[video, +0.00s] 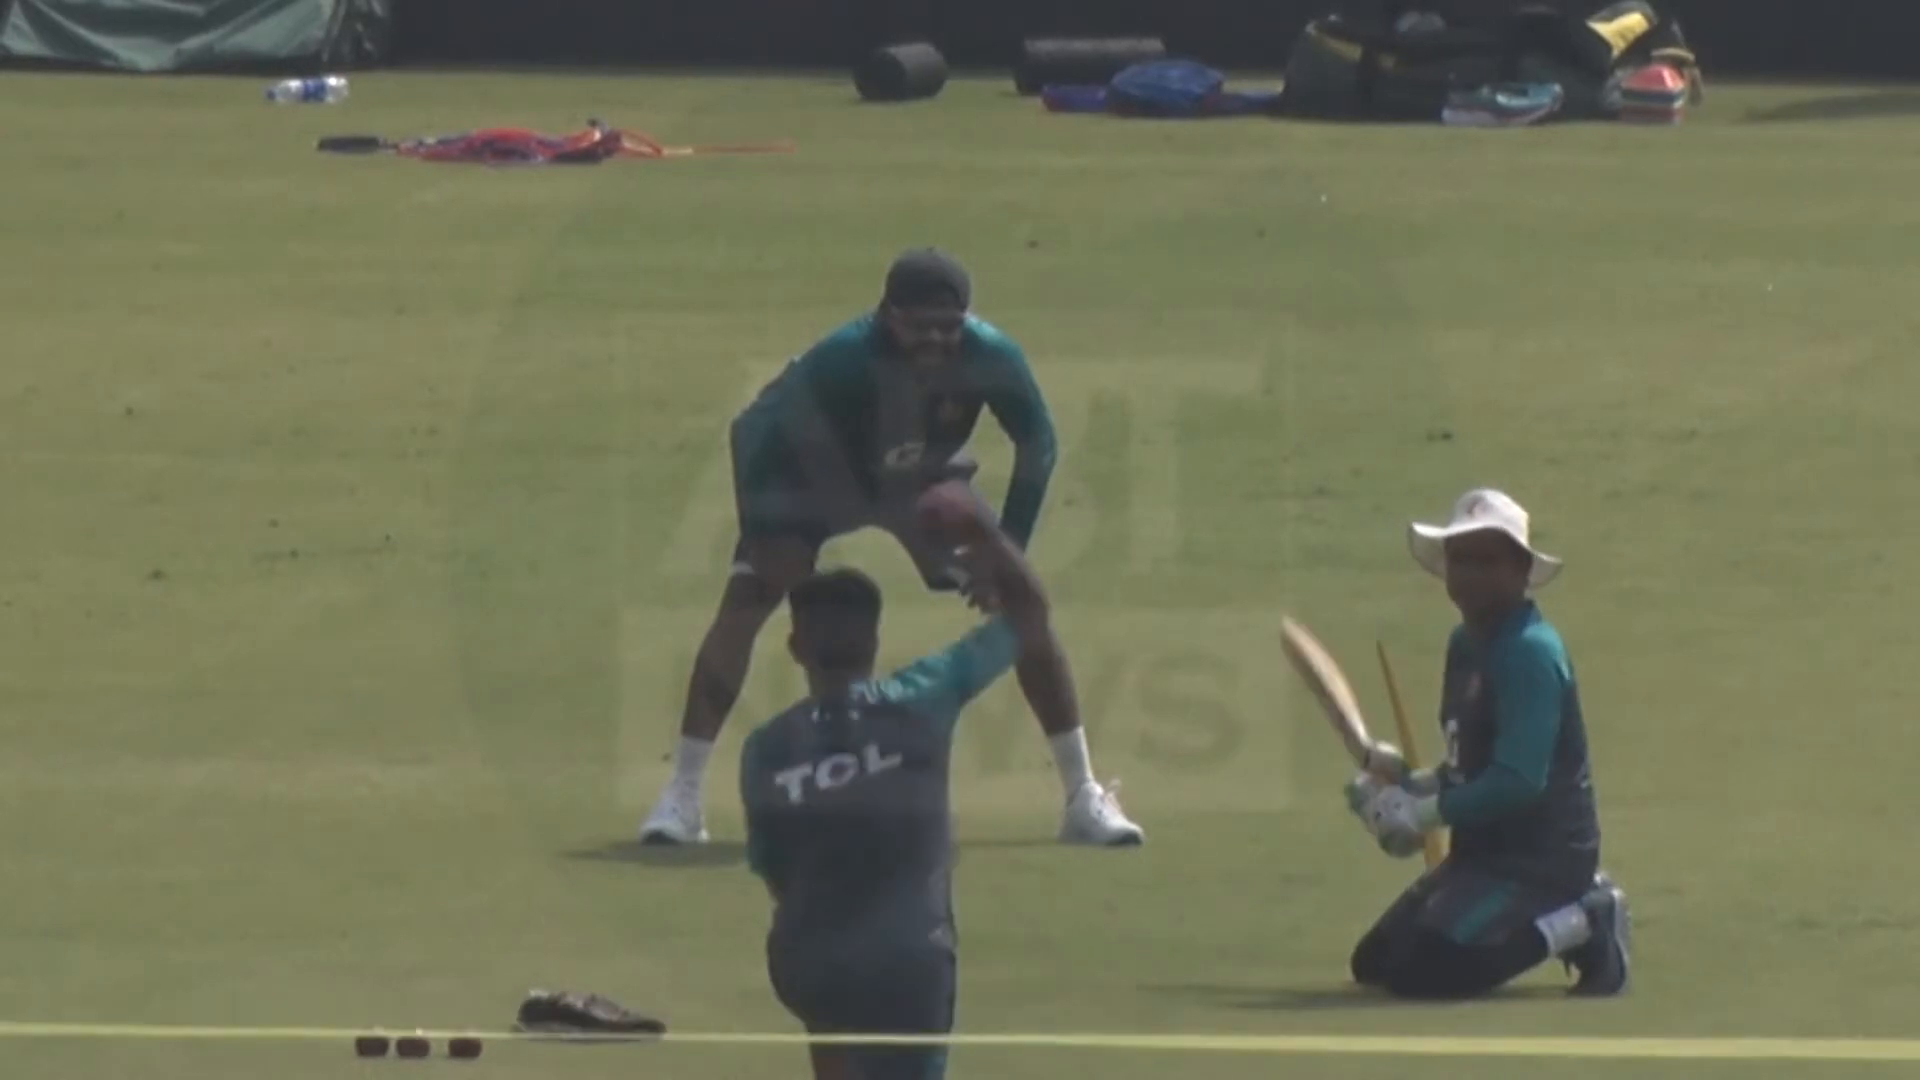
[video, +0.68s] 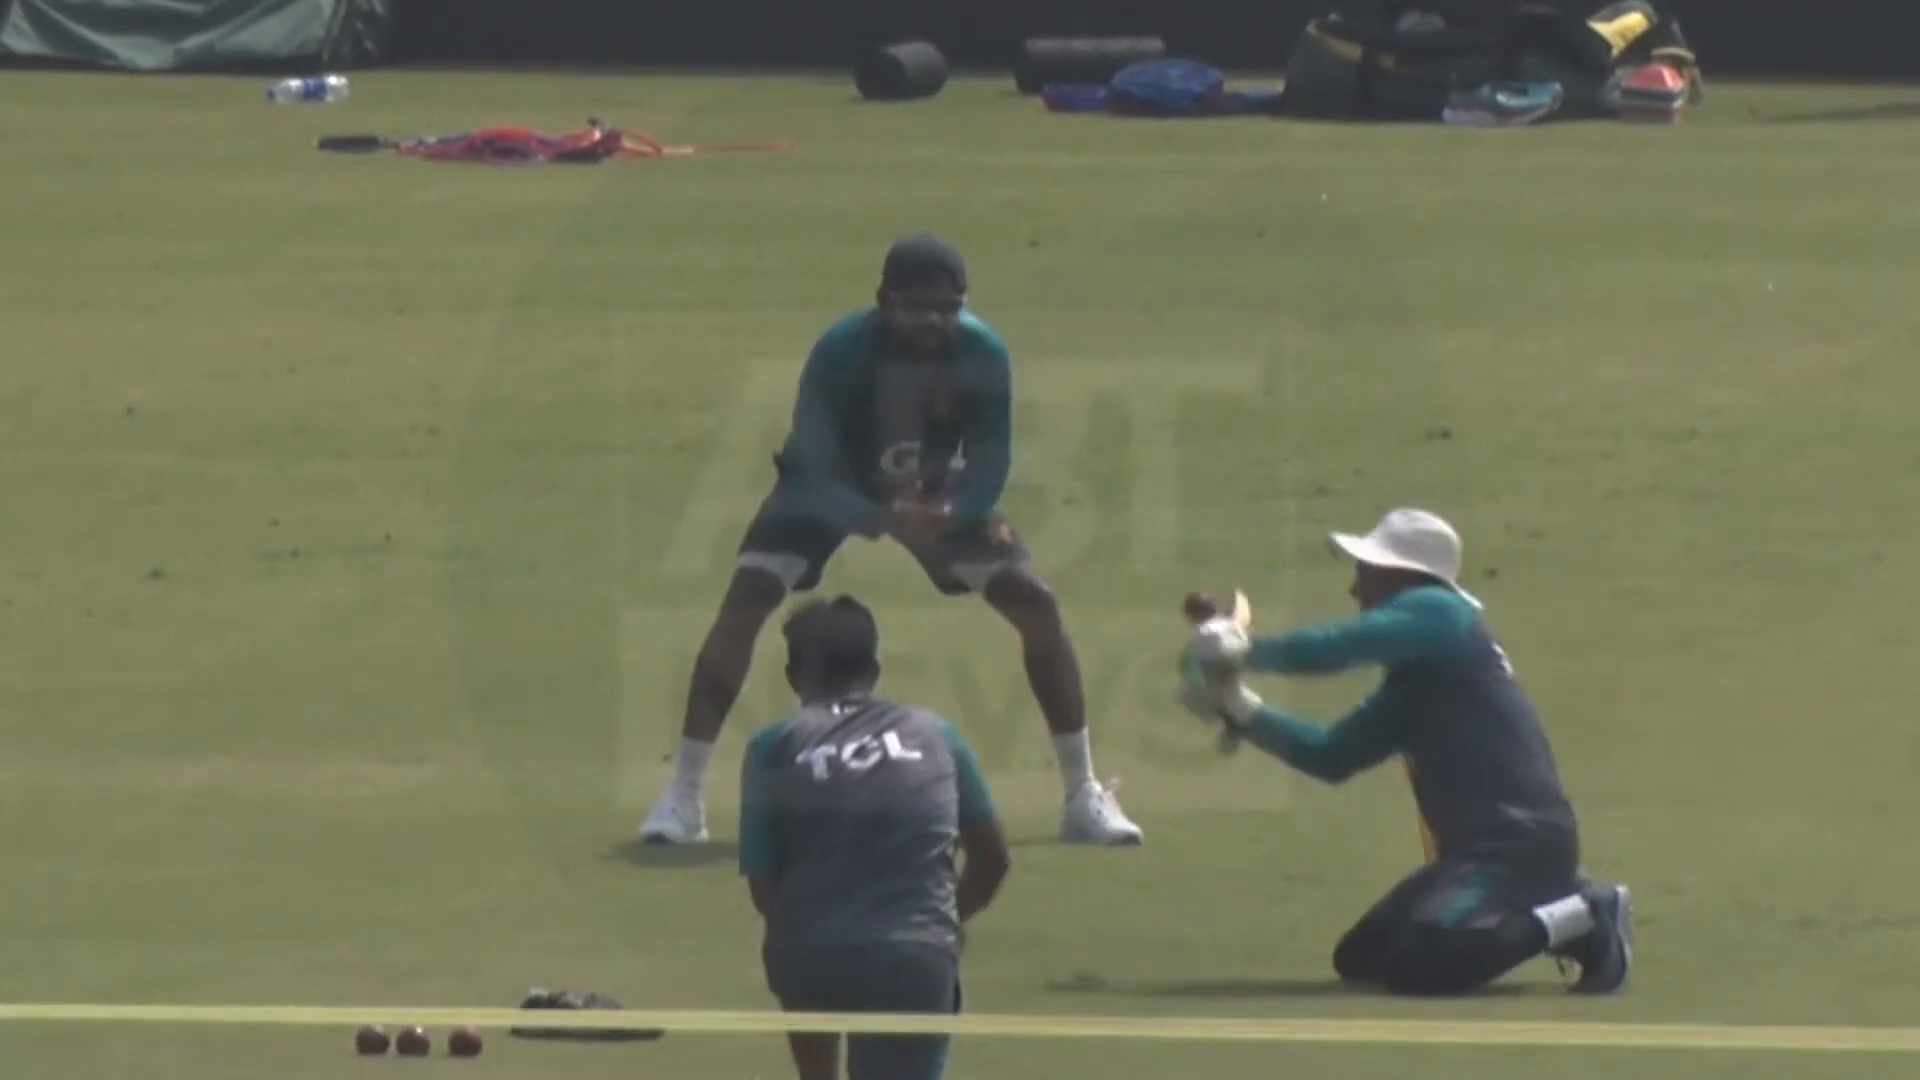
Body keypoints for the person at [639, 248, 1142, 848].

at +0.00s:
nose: (930, 342)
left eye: (943, 329)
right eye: (916, 328)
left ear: (962, 321)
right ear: (887, 317)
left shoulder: (993, 360)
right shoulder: (842, 359)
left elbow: (1037, 444)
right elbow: (753, 431)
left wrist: (1004, 553)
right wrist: (766, 538)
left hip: (922, 481)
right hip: (809, 478)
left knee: (1021, 606)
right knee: (746, 601)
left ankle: (1085, 794)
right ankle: (682, 796)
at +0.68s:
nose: (933, 323)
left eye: (946, 309)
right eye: (918, 310)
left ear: (961, 304)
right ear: (885, 302)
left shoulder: (983, 356)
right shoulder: (840, 352)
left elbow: (990, 462)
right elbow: (814, 475)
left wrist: (955, 518)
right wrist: (887, 522)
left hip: (934, 499)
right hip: (832, 494)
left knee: (1037, 608)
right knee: (747, 599)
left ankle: (1085, 795)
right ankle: (684, 794)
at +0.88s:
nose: (985, 367)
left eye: (997, 352)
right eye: (970, 351)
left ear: (1010, 351)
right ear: (935, 345)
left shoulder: (1022, 400)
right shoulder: (889, 385)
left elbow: (1052, 527)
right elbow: (880, 523)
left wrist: (1028, 532)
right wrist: (965, 529)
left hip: (950, 512)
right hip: (841, 503)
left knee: (1051, 607)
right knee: (753, 599)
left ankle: (1086, 796)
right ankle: (685, 795)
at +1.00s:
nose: (1082, 438)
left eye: (1090, 425)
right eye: (1071, 422)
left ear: (1097, 417)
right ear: (1032, 404)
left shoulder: (1091, 463)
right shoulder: (956, 428)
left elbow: (1140, 569)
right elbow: (907, 553)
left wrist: (1188, 652)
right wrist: (993, 588)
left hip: (976, 512)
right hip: (877, 490)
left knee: (1073, 604)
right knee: (779, 604)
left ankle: (1085, 799)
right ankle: (686, 795)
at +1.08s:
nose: (1156, 488)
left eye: (1161, 476)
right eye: (1148, 473)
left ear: (1150, 462)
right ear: (1108, 457)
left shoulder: (1132, 486)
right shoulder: (1020, 453)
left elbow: (1181, 586)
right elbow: (920, 544)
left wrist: (1246, 689)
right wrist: (971, 643)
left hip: (987, 508)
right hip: (895, 484)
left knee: (1095, 603)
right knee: (795, 620)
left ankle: (1088, 797)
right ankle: (686, 789)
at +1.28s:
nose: (1253, 497)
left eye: (1260, 486)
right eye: (1254, 483)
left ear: (1232, 447)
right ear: (1233, 460)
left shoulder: (1179, 465)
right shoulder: (1133, 460)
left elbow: (1172, 549)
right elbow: (1026, 565)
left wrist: (1188, 630)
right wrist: (998, 669)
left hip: (1017, 489)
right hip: (933, 468)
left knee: (1126, 601)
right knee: (843, 636)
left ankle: (1091, 797)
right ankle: (696, 786)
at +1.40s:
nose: (1276, 437)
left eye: (1283, 425)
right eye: (1282, 425)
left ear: (1242, 383)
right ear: (1263, 414)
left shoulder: (1189, 406)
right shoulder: (1178, 424)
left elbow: (1098, 498)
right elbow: (1089, 533)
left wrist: (1073, 558)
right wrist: (1078, 643)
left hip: (1030, 478)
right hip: (951, 455)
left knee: (1126, 603)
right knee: (876, 630)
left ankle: (1089, 798)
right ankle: (716, 776)